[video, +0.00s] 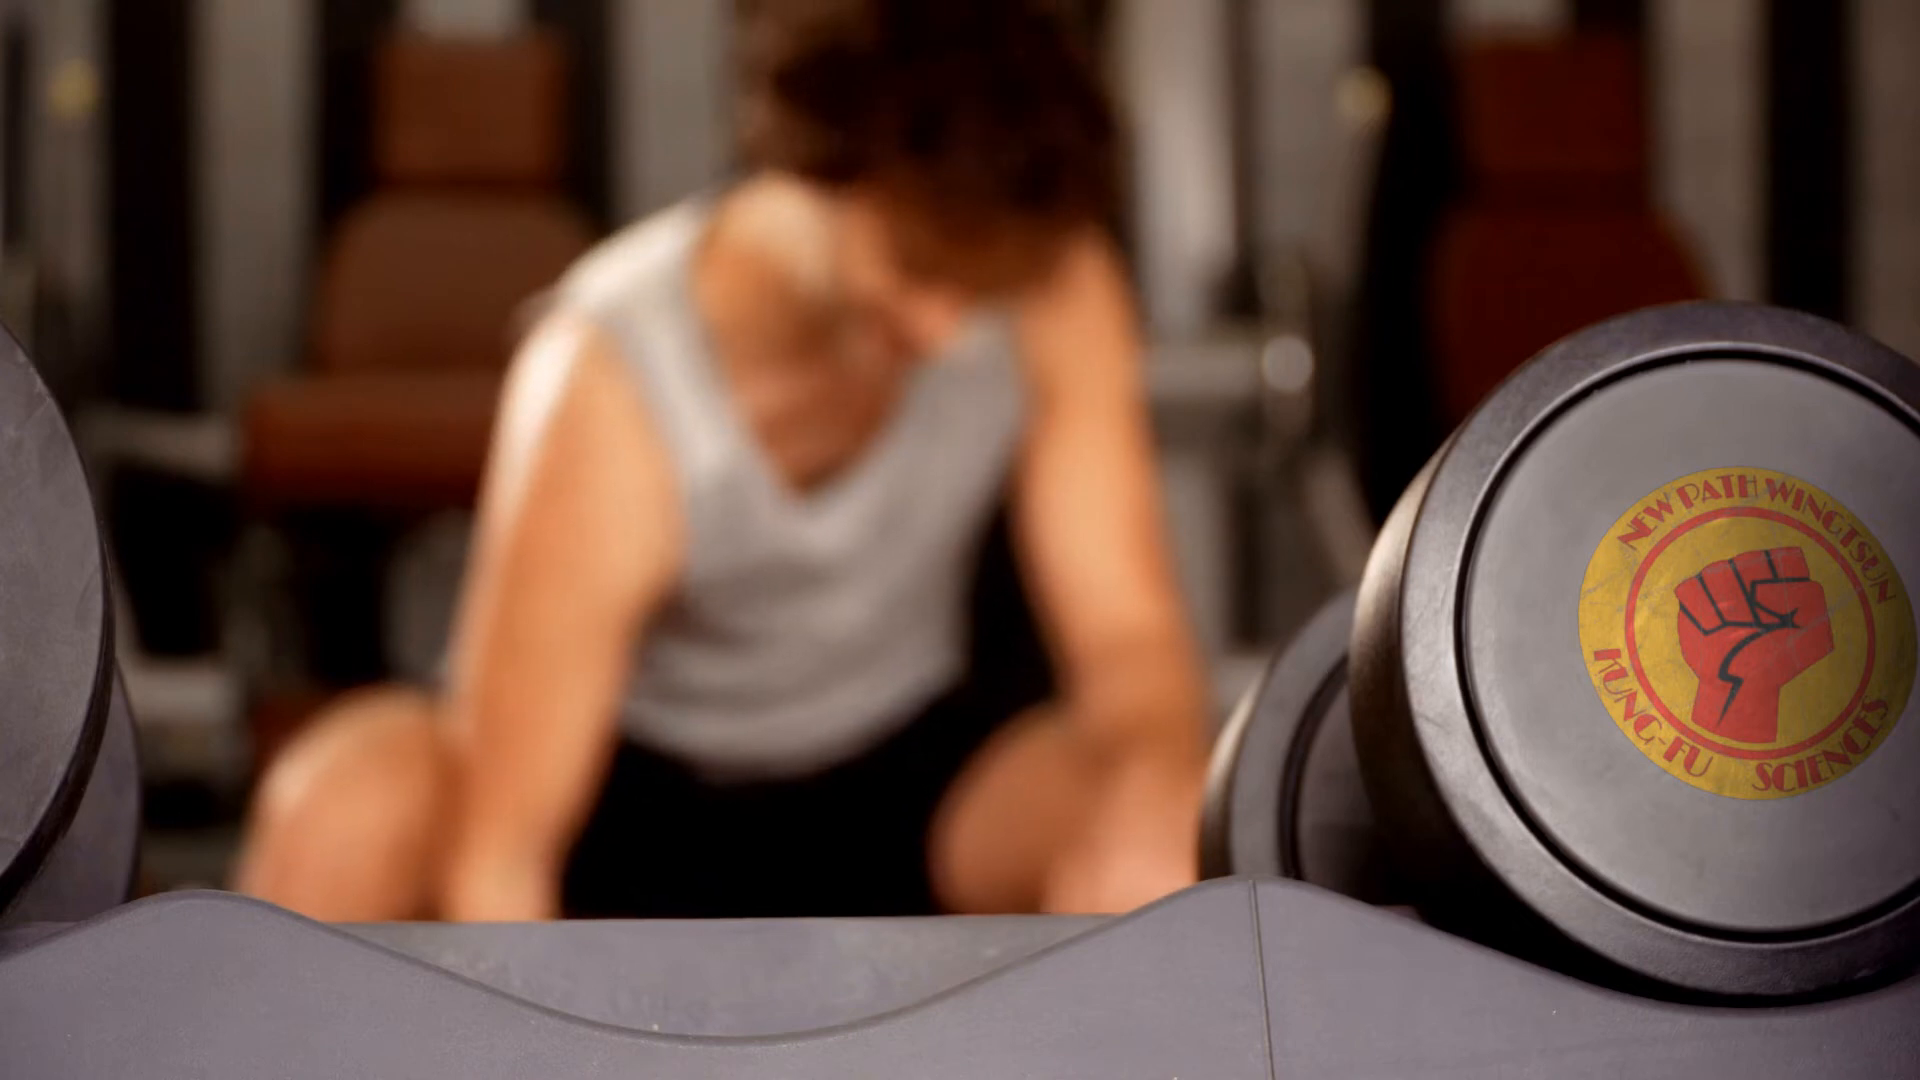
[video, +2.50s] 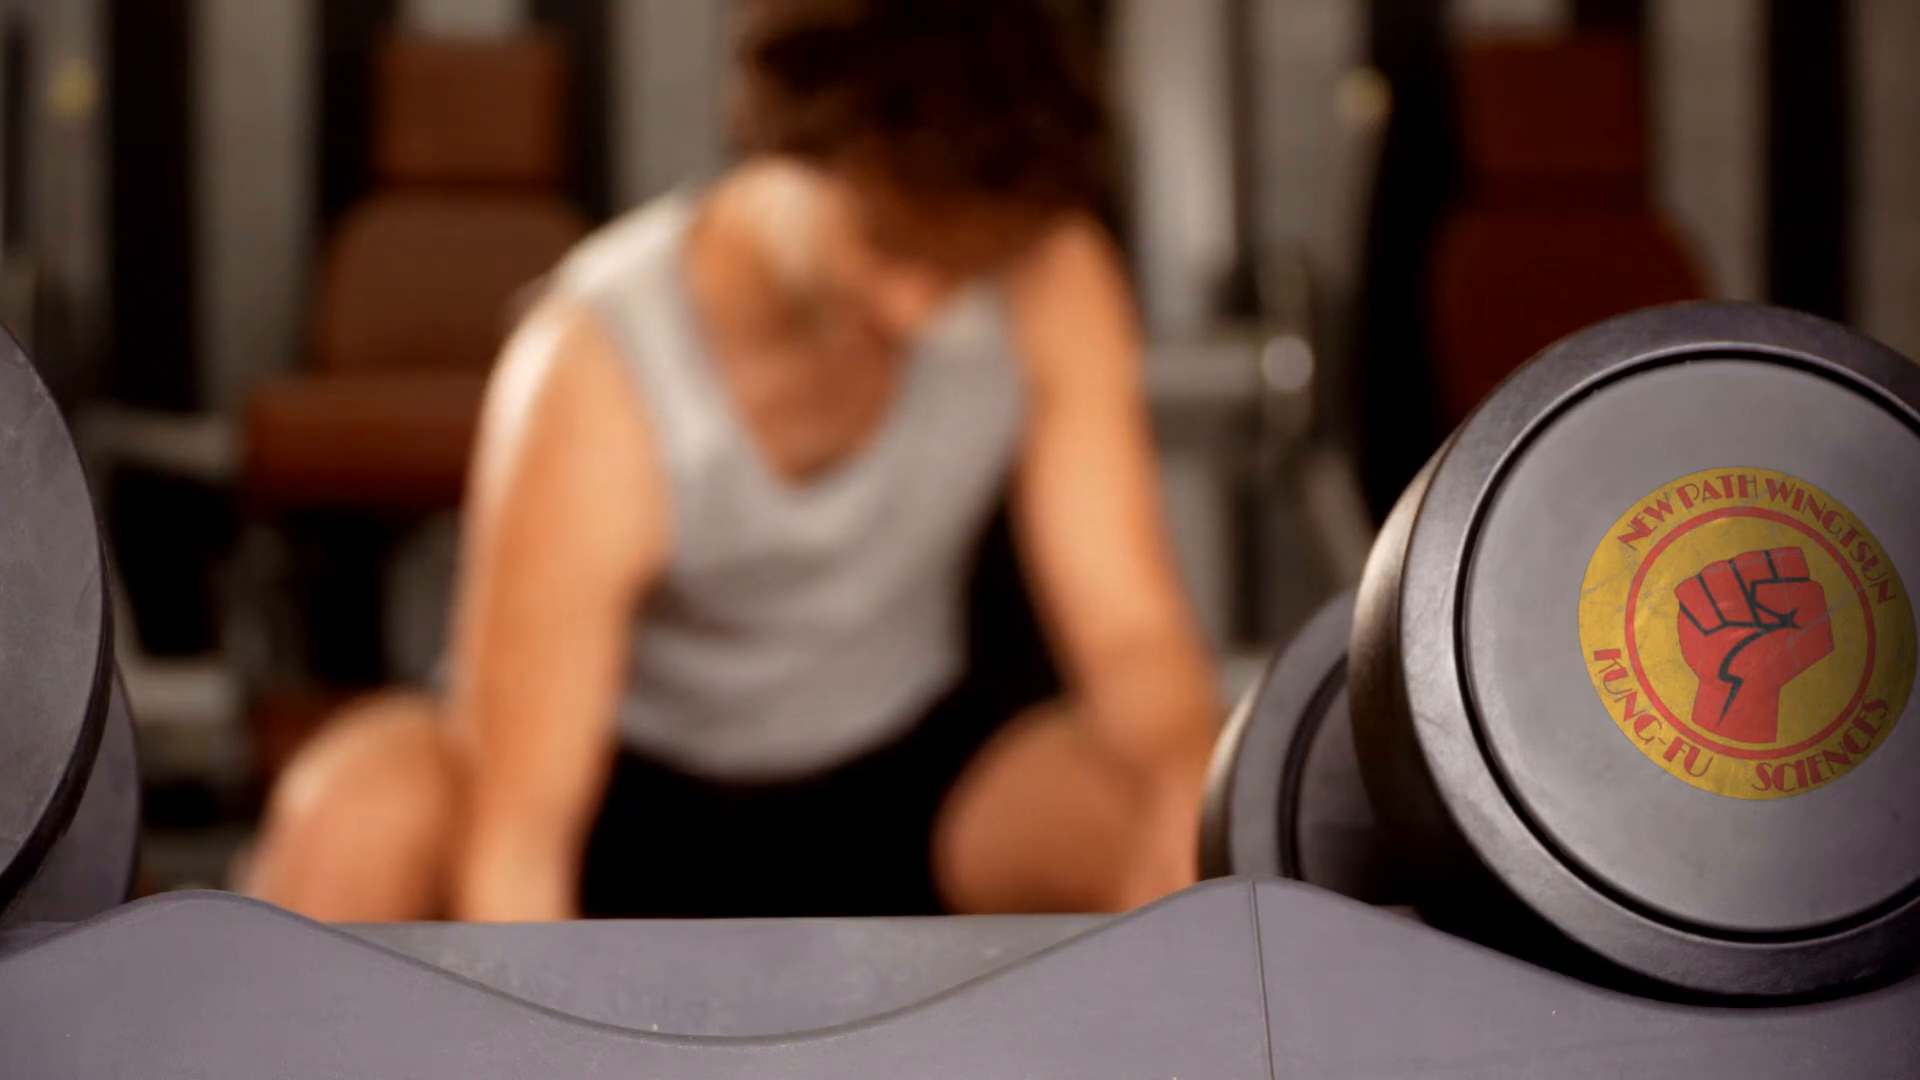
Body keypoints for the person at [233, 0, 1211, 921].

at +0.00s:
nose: (946, 331)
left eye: (991, 286)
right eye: (914, 274)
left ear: (1040, 243)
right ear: (821, 175)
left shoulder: (1049, 276)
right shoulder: (611, 375)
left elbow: (1129, 654)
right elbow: (504, 849)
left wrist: (1149, 855)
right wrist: (535, 1074)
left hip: (902, 789)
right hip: (627, 804)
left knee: (1156, 803)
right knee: (343, 790)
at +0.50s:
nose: (932, 299)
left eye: (982, 262)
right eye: (906, 242)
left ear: (1041, 219)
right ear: (825, 137)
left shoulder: (1058, 263)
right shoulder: (604, 313)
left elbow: (1132, 641)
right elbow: (510, 749)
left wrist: (1169, 837)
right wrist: (672, 954)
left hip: (904, 773)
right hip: (628, 786)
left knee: (1189, 811)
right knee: (365, 788)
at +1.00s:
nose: (880, 303)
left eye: (922, 264)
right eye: (856, 247)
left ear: (978, 210)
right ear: (764, 147)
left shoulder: (1009, 260)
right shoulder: (492, 318)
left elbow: (1119, 634)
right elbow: (510, 748)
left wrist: (1182, 873)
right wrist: (733, 696)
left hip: (898, 782)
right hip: (599, 790)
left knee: (1170, 810)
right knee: (351, 800)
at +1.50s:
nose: (885, 277)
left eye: (930, 239)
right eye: (858, 223)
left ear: (985, 185)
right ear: (769, 128)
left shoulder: (1018, 257)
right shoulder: (517, 316)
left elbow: (1125, 635)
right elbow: (511, 748)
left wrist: (1181, 840)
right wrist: (750, 717)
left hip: (887, 783)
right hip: (596, 797)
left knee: (1182, 801)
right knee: (357, 798)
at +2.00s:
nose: (922, 297)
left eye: (976, 253)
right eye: (896, 234)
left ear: (1032, 206)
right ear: (804, 134)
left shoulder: (1055, 266)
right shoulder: (595, 334)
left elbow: (1136, 641)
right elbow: (523, 809)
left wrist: (1214, 832)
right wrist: (607, 1060)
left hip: (903, 782)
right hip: (628, 797)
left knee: (1195, 816)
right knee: (365, 798)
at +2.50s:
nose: (918, 311)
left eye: (967, 265)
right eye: (888, 248)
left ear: (1021, 221)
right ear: (793, 153)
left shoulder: (1044, 267)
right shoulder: (590, 366)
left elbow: (1135, 647)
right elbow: (521, 832)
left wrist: (1202, 857)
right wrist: (532, 1078)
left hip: (902, 785)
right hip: (623, 801)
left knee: (1194, 811)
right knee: (356, 797)